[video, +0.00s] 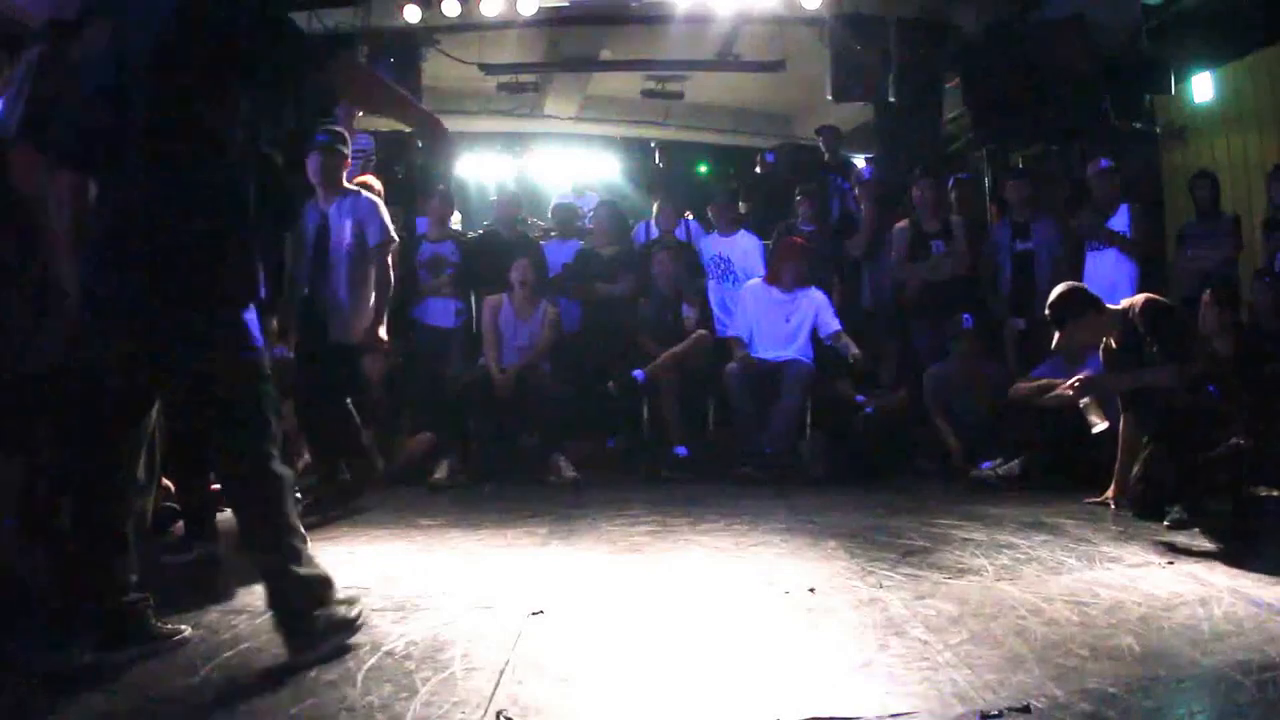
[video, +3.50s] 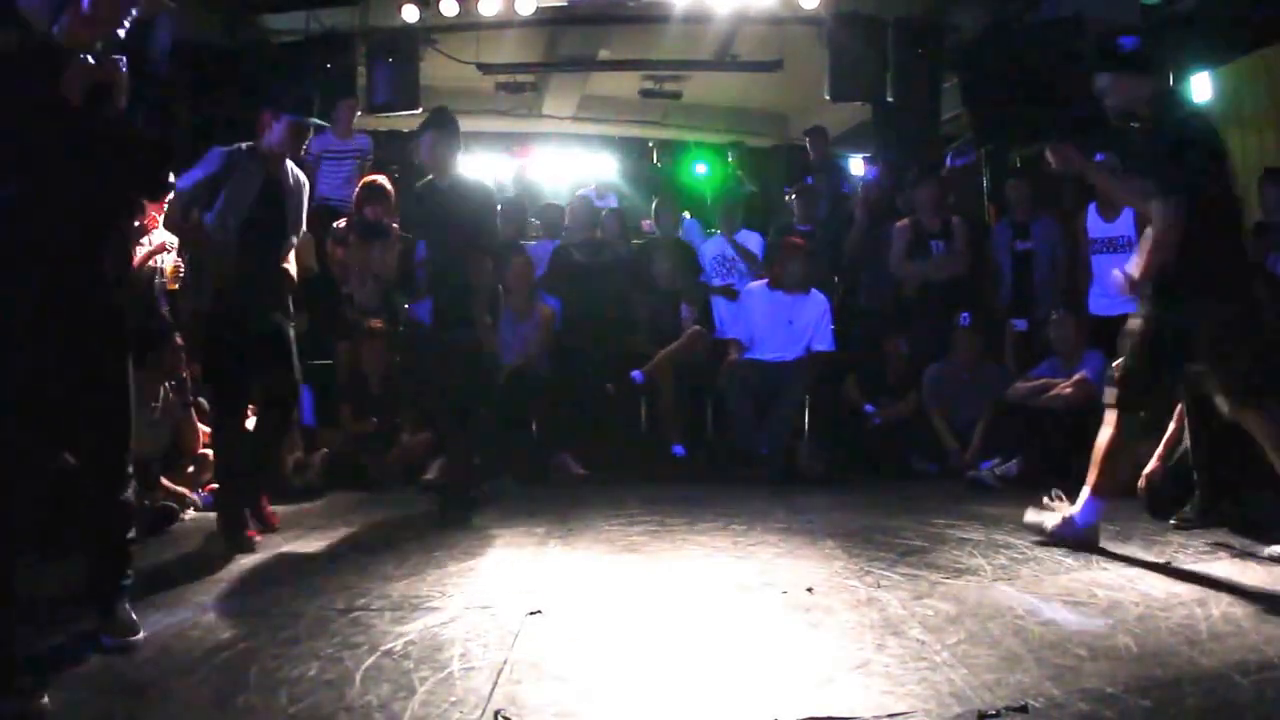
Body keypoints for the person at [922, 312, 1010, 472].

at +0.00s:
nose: (966, 347)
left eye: (971, 340)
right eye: (960, 341)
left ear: (978, 342)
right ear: (951, 343)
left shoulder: (992, 371)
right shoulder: (937, 376)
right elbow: (936, 414)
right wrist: (954, 445)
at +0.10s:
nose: (966, 345)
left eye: (970, 339)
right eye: (960, 340)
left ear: (978, 340)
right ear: (952, 341)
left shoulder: (993, 373)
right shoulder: (936, 375)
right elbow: (936, 414)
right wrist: (953, 443)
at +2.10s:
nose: (964, 345)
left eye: (968, 339)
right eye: (959, 339)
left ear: (976, 341)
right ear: (952, 341)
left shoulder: (985, 372)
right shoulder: (935, 373)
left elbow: (984, 415)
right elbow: (935, 413)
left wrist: (971, 453)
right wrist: (952, 446)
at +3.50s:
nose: (966, 349)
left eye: (971, 343)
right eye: (961, 343)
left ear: (979, 345)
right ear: (954, 344)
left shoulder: (990, 374)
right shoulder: (936, 374)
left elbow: (987, 415)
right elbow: (936, 415)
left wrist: (973, 452)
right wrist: (954, 450)